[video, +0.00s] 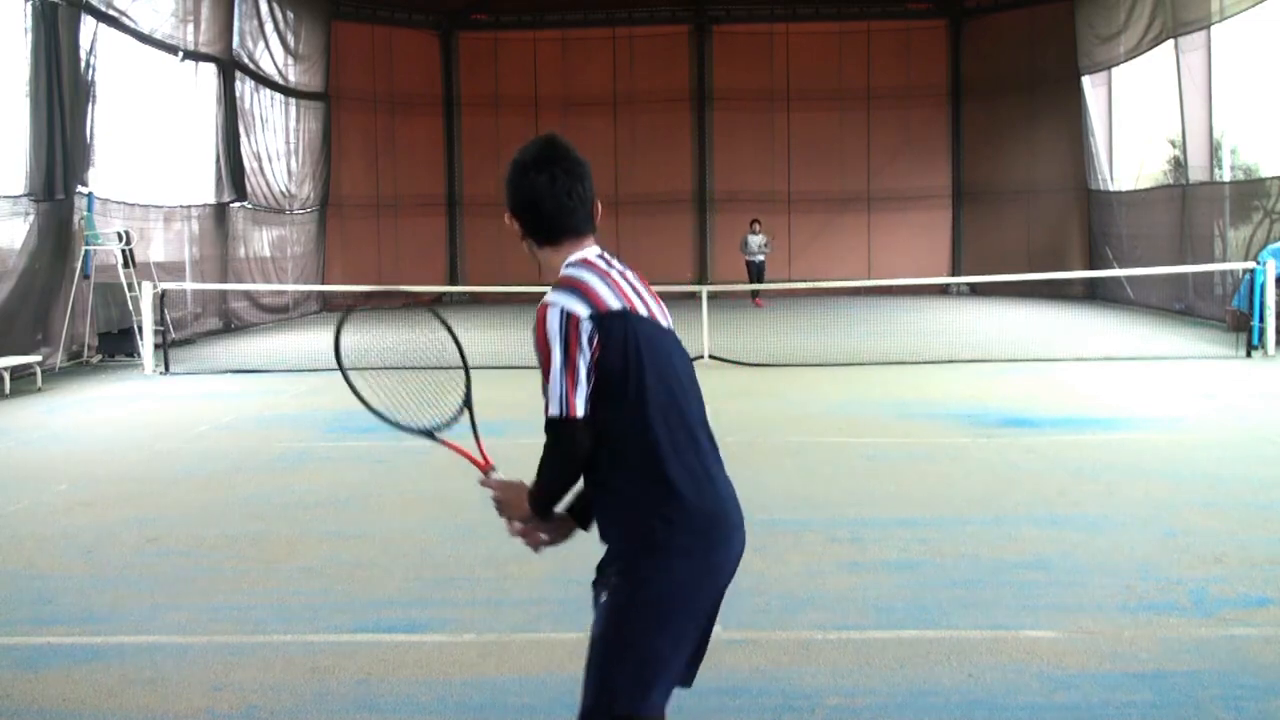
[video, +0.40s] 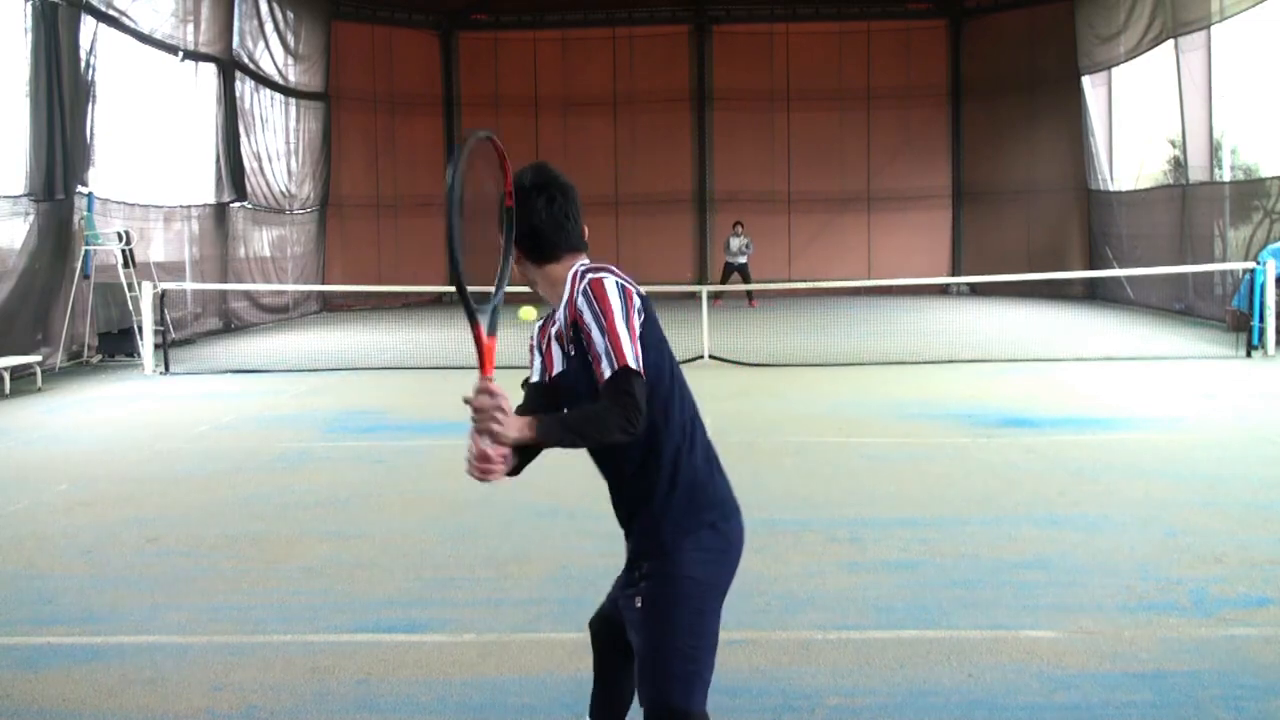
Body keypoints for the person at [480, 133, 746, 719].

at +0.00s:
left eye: (506, 215)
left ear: (515, 226)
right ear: (597, 210)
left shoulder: (565, 302)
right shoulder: (629, 283)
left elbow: (571, 437)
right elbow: (639, 434)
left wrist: (534, 500)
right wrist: (569, 519)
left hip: (661, 539)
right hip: (708, 525)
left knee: (613, 706)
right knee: (642, 699)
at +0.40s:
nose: (505, 249)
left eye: (506, 235)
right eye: (508, 232)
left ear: (515, 246)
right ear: (581, 229)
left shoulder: (599, 289)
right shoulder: (549, 331)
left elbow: (625, 415)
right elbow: (540, 419)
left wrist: (522, 425)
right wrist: (504, 457)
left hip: (691, 529)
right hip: (655, 532)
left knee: (673, 705)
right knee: (610, 631)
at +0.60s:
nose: (503, 262)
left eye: (502, 250)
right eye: (501, 250)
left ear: (517, 254)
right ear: (568, 239)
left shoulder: (578, 306)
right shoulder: (564, 312)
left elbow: (580, 428)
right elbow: (527, 412)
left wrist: (530, 520)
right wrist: (494, 498)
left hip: (627, 529)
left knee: (607, 691)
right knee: (576, 657)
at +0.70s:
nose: (500, 247)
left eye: (499, 236)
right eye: (497, 234)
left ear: (517, 237)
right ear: (571, 219)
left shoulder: (513, 297)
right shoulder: (638, 286)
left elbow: (512, 403)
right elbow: (624, 382)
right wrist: (527, 424)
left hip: (583, 500)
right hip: (659, 493)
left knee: (627, 683)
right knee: (628, 635)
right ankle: (612, 707)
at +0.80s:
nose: (488, 218)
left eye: (486, 208)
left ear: (495, 216)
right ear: (558, 196)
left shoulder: (495, 280)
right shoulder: (619, 263)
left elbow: (558, 293)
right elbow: (673, 329)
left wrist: (632, 262)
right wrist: (661, 267)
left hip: (560, 485)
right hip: (638, 482)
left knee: (602, 649)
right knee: (625, 634)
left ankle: (625, 716)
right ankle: (615, 715)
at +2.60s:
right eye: (501, 174)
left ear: (421, 196)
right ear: (503, 186)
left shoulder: (391, 291)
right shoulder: (558, 281)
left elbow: (395, 430)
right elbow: (610, 405)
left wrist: (458, 464)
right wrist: (549, 456)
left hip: (453, 542)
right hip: (552, 534)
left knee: (439, 707)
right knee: (602, 698)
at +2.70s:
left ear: (348, 182)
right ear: (434, 170)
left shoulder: (342, 279)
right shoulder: (494, 264)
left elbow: (353, 418)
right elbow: (528, 395)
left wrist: (416, 473)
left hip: (422, 538)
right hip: (515, 529)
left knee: (373, 707)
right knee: (521, 704)